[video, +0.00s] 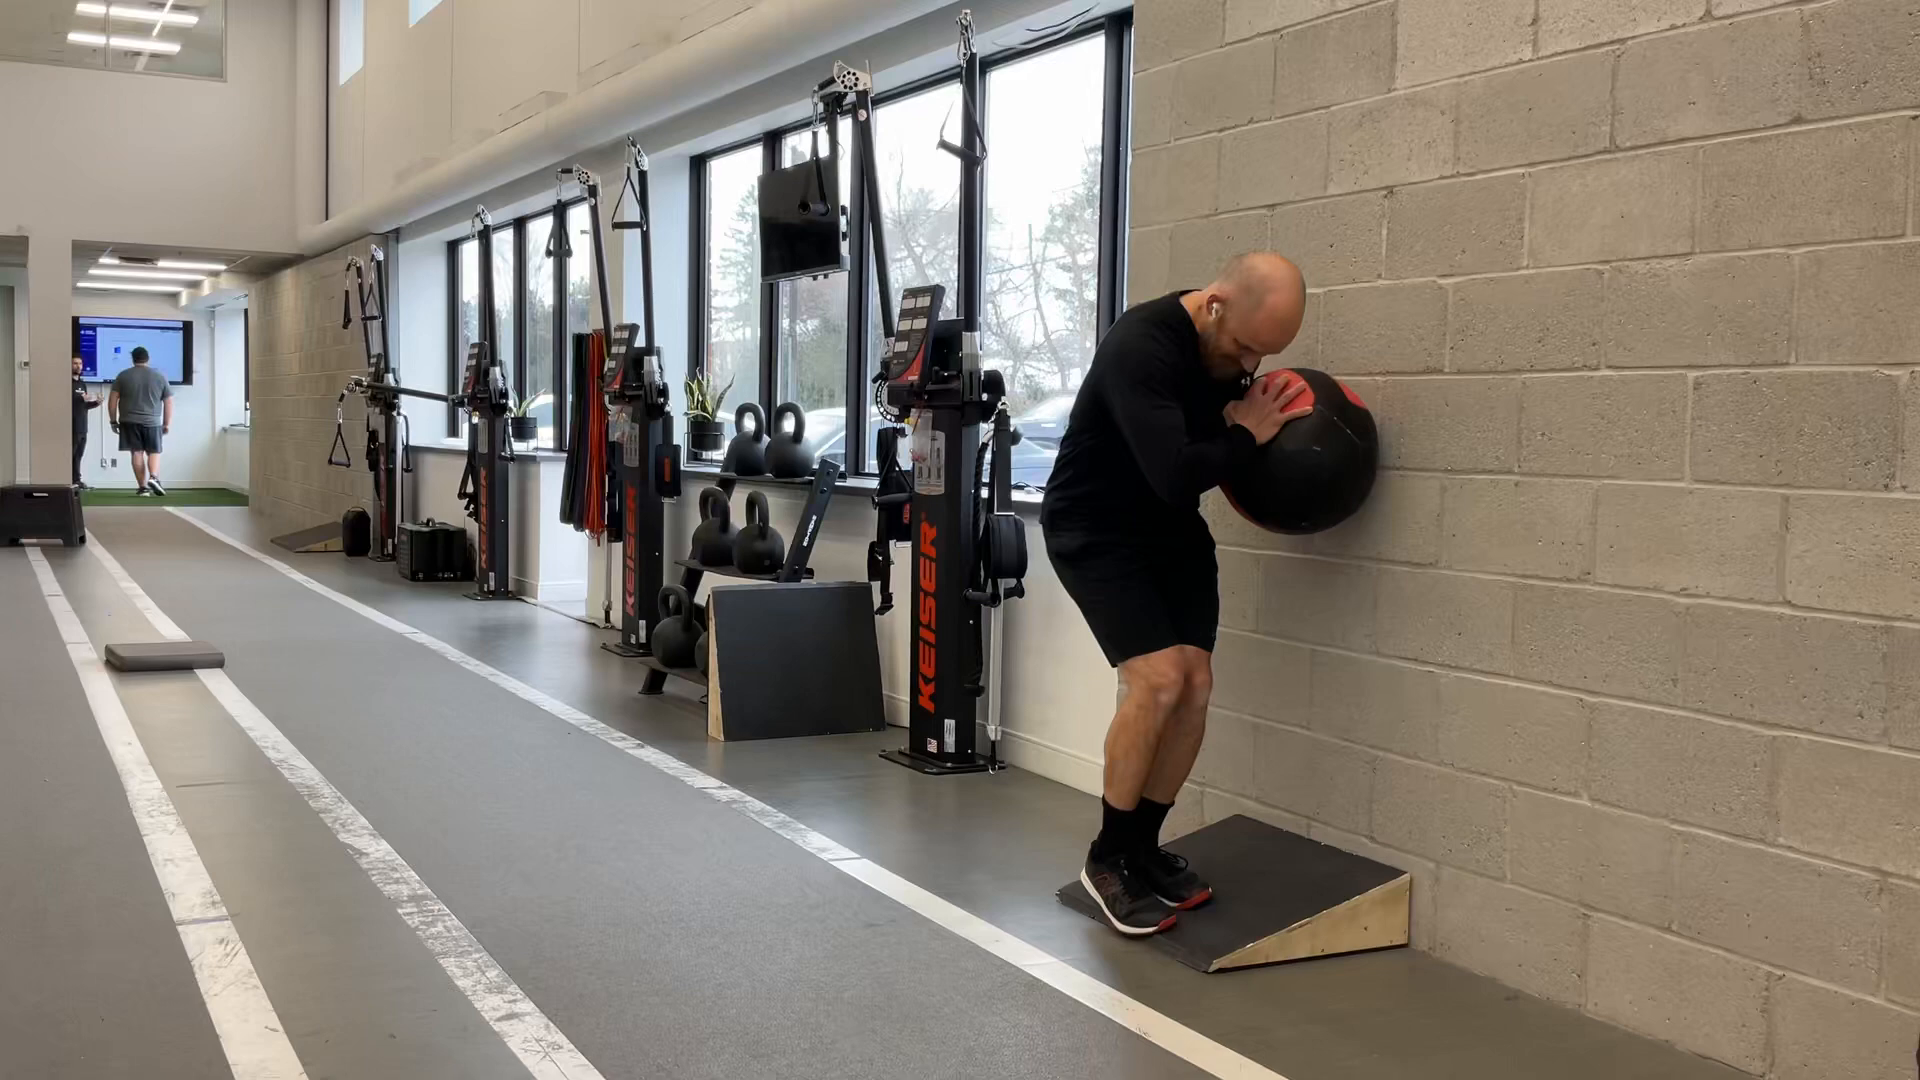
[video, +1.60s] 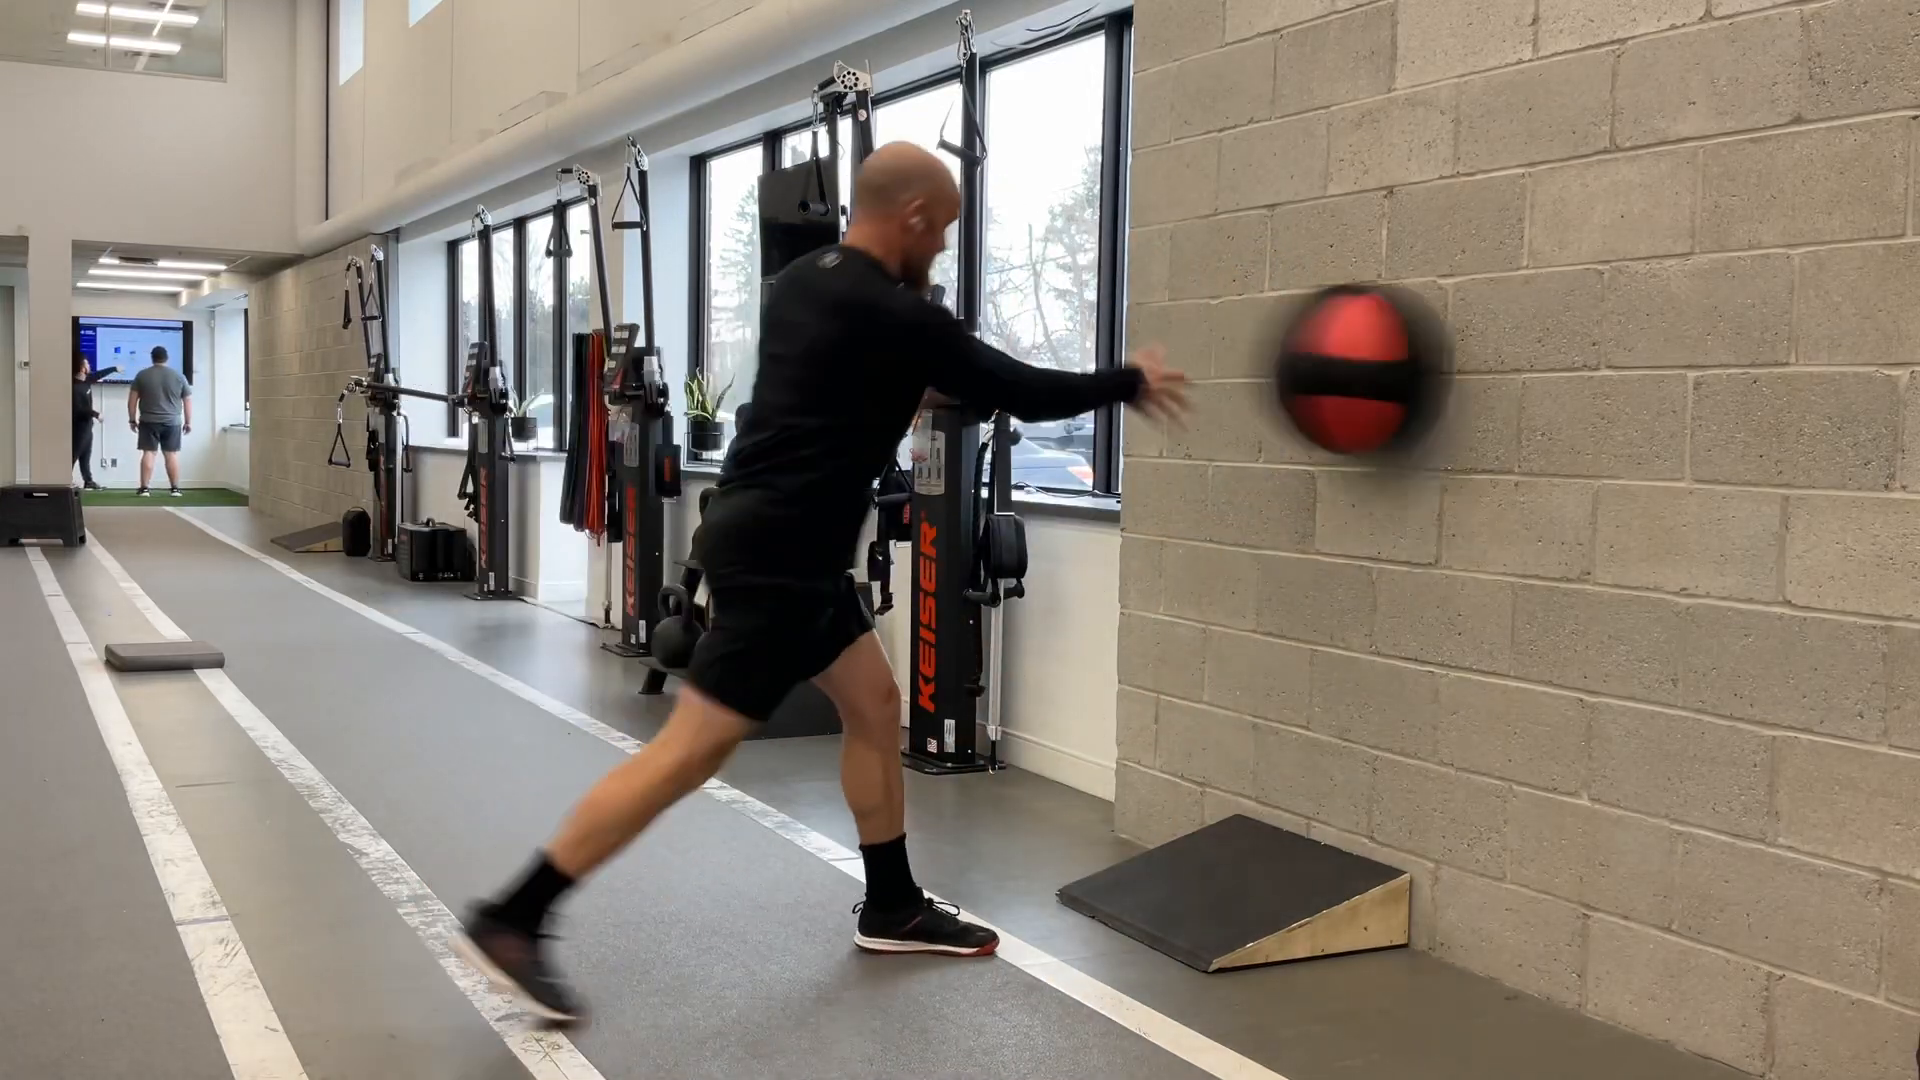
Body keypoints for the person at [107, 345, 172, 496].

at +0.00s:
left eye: (136, 359)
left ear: (133, 360)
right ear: (148, 359)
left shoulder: (123, 375)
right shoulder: (158, 376)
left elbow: (113, 399)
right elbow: (168, 401)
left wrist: (113, 420)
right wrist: (166, 423)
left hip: (129, 422)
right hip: (151, 423)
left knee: (136, 453)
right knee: (154, 452)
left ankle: (143, 487)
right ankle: (154, 477)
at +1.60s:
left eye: (155, 358)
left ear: (152, 358)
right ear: (167, 358)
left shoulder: (142, 375)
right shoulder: (178, 376)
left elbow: (133, 398)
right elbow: (187, 400)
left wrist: (132, 419)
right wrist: (188, 422)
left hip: (148, 422)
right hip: (171, 423)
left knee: (148, 453)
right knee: (171, 455)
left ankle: (144, 487)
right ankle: (175, 487)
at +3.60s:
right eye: (152, 357)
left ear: (139, 358)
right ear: (154, 358)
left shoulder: (130, 374)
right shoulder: (165, 375)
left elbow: (121, 398)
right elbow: (175, 398)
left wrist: (122, 420)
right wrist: (175, 421)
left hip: (138, 421)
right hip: (160, 422)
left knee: (142, 452)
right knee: (158, 453)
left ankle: (141, 487)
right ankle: (159, 487)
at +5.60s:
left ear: (154, 359)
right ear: (169, 359)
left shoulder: (143, 375)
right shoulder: (179, 377)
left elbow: (133, 399)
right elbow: (188, 402)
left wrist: (133, 420)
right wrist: (188, 423)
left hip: (149, 422)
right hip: (171, 423)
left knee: (147, 451)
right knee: (164, 453)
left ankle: (150, 476)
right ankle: (160, 488)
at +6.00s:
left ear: (153, 359)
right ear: (168, 359)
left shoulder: (143, 375)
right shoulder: (179, 377)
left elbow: (133, 399)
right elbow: (188, 402)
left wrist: (134, 420)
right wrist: (188, 423)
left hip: (149, 422)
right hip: (171, 423)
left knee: (147, 451)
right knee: (164, 453)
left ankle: (152, 471)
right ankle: (159, 488)